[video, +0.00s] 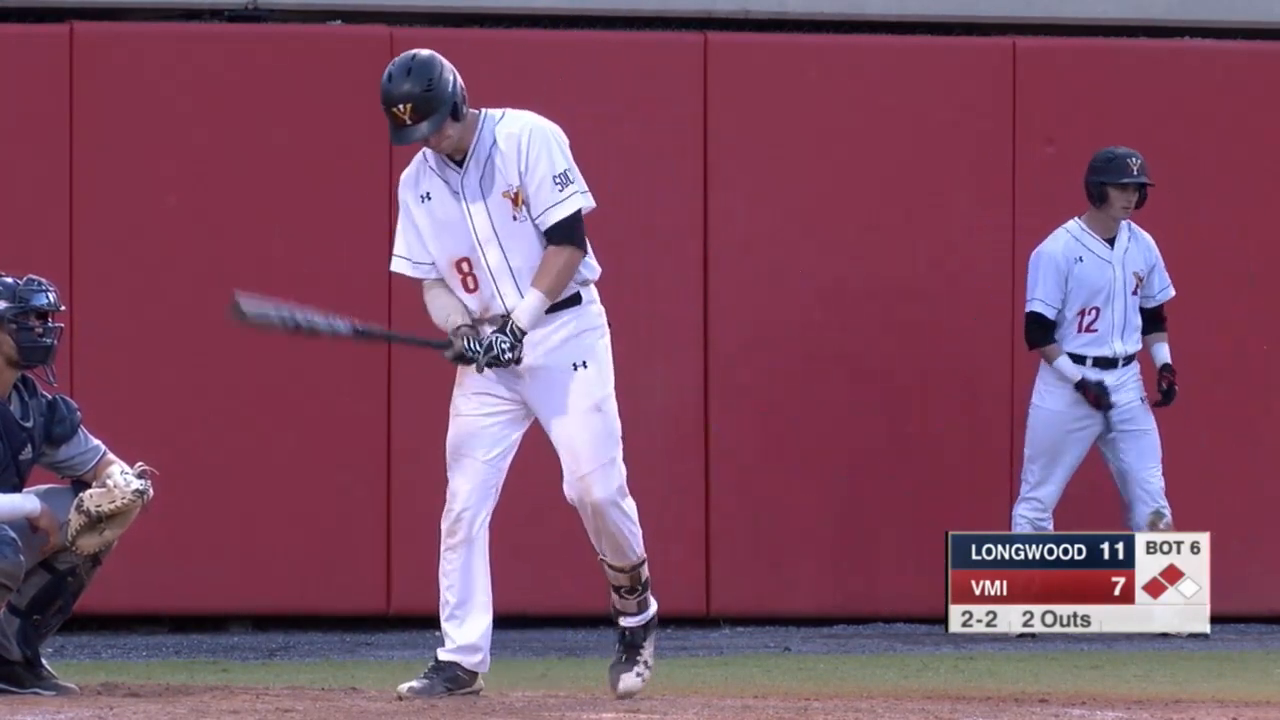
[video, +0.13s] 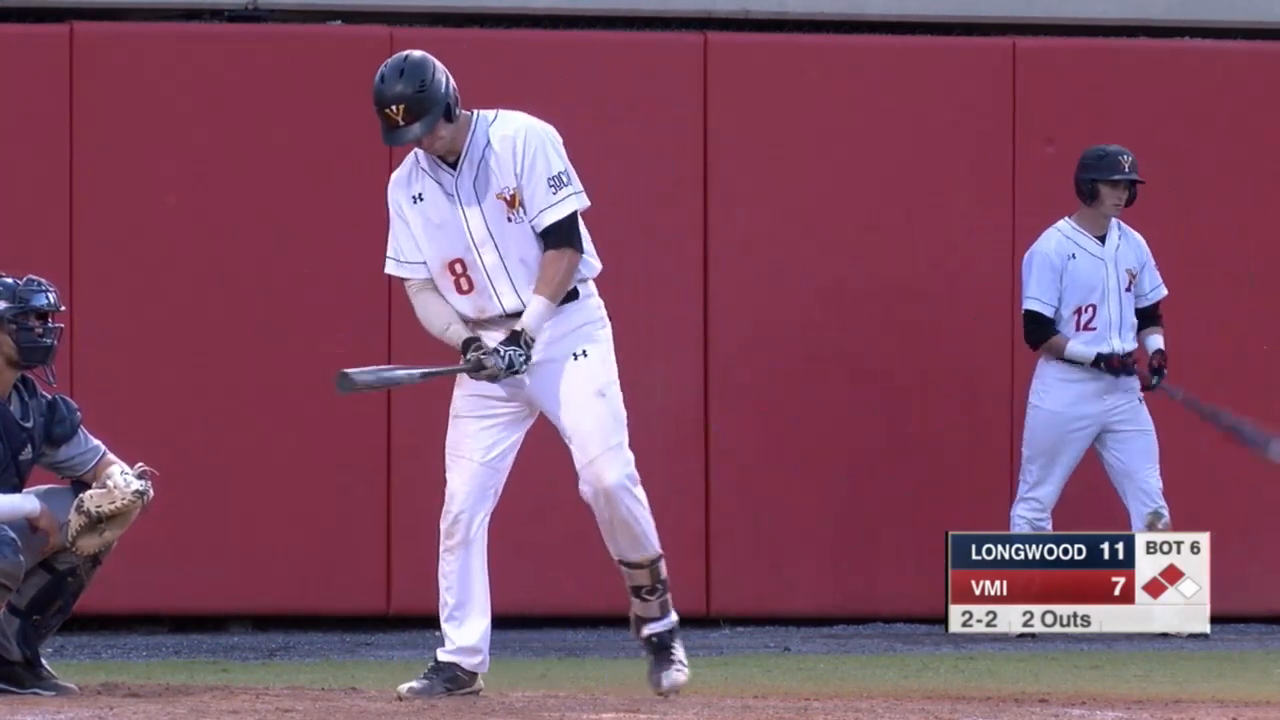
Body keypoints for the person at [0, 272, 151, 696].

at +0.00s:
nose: (38, 329)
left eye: (41, 320)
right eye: (23, 320)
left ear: (47, 326)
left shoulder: (37, 406)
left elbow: (97, 462)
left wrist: (126, 484)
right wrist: (26, 505)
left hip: (9, 521)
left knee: (96, 511)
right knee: (11, 545)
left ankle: (16, 652)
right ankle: (9, 653)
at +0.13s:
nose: (37, 329)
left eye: (40, 319)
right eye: (22, 320)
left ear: (46, 326)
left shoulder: (36, 405)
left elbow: (97, 462)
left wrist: (126, 484)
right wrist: (27, 505)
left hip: (9, 521)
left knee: (95, 512)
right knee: (8, 548)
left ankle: (15, 651)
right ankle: (7, 654)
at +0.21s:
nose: (38, 329)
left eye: (41, 320)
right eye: (23, 320)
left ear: (47, 326)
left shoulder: (37, 406)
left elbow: (97, 463)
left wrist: (127, 485)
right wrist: (26, 505)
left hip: (9, 522)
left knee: (95, 511)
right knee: (11, 545)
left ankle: (16, 652)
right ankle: (9, 653)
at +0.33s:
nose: (37, 329)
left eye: (39, 320)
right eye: (22, 320)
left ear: (46, 326)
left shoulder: (36, 405)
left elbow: (97, 462)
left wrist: (127, 484)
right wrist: (26, 505)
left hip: (9, 521)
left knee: (96, 512)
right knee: (8, 548)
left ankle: (14, 651)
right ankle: (7, 654)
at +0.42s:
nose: (38, 329)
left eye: (41, 320)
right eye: (23, 320)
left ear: (47, 327)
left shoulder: (35, 405)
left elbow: (98, 463)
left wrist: (127, 485)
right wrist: (25, 506)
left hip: (10, 521)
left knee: (94, 513)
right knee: (7, 548)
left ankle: (14, 652)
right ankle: (7, 654)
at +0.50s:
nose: (38, 330)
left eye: (41, 321)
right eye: (23, 320)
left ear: (46, 327)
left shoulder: (35, 405)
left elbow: (98, 463)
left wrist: (128, 485)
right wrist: (26, 507)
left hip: (9, 522)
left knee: (93, 513)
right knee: (9, 547)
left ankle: (15, 651)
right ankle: (8, 654)